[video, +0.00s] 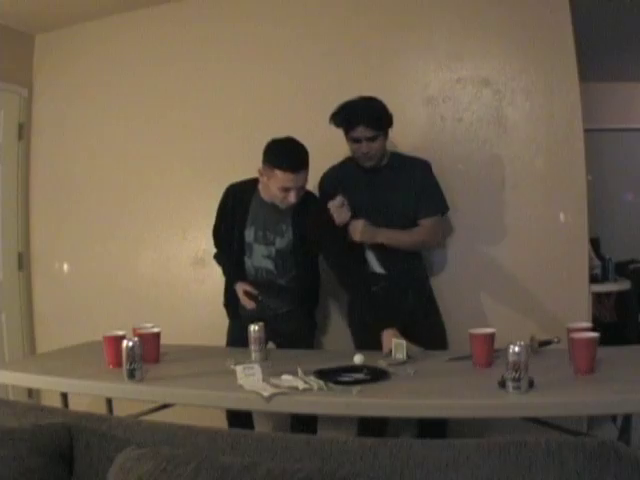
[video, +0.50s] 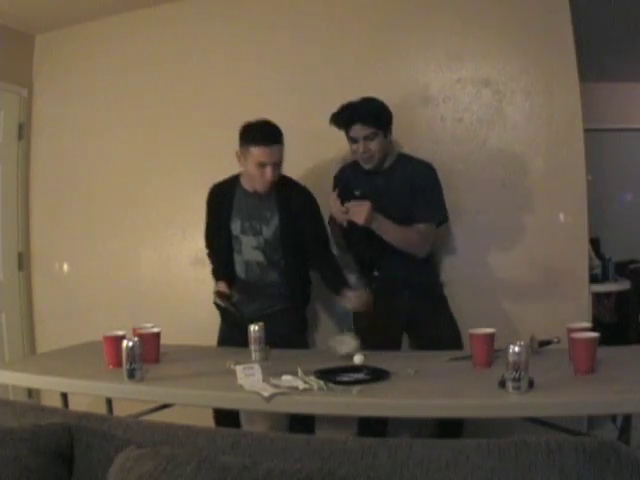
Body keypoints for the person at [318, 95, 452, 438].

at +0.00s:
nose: (364, 148)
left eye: (372, 139)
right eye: (356, 140)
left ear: (386, 135)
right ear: (346, 138)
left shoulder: (416, 171)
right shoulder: (333, 180)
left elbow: (434, 234)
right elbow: (324, 249)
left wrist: (377, 235)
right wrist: (331, 223)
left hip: (414, 296)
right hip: (365, 300)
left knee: (433, 383)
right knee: (374, 390)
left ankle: (433, 469)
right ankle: (372, 475)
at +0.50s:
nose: (361, 149)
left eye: (370, 139)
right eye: (354, 141)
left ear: (388, 135)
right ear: (347, 141)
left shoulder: (420, 173)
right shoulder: (346, 178)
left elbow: (422, 244)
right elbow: (342, 244)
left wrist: (373, 220)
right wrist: (338, 224)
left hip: (420, 291)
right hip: (372, 293)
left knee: (451, 373)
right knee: (372, 383)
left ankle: (446, 460)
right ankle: (369, 465)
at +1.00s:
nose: (367, 145)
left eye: (375, 135)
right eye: (360, 138)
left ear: (395, 135)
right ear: (354, 141)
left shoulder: (424, 168)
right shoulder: (356, 180)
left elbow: (412, 222)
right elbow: (331, 232)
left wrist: (372, 170)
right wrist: (333, 180)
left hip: (433, 288)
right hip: (386, 292)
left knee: (464, 371)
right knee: (380, 382)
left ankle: (462, 463)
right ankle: (368, 468)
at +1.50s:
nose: (369, 136)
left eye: (376, 128)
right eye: (364, 130)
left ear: (396, 132)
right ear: (358, 137)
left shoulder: (426, 169)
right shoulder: (362, 179)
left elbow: (424, 226)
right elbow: (323, 194)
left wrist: (390, 174)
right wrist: (329, 136)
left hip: (435, 291)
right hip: (387, 294)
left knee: (457, 379)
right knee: (380, 383)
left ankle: (452, 468)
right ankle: (368, 472)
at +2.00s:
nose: (382, 134)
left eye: (391, 126)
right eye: (378, 127)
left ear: (416, 134)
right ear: (374, 132)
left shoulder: (440, 164)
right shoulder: (370, 171)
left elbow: (403, 164)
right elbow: (333, 148)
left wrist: (358, 115)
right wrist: (329, 103)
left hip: (436, 293)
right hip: (389, 294)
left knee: (448, 386)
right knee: (378, 388)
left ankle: (444, 469)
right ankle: (367, 469)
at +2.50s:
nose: (385, 129)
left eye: (395, 122)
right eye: (385, 122)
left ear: (421, 130)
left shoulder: (448, 166)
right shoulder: (384, 171)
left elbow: (429, 201)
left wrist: (402, 144)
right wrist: (330, 117)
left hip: (442, 299)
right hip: (396, 298)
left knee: (447, 386)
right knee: (367, 379)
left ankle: (442, 472)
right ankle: (360, 469)